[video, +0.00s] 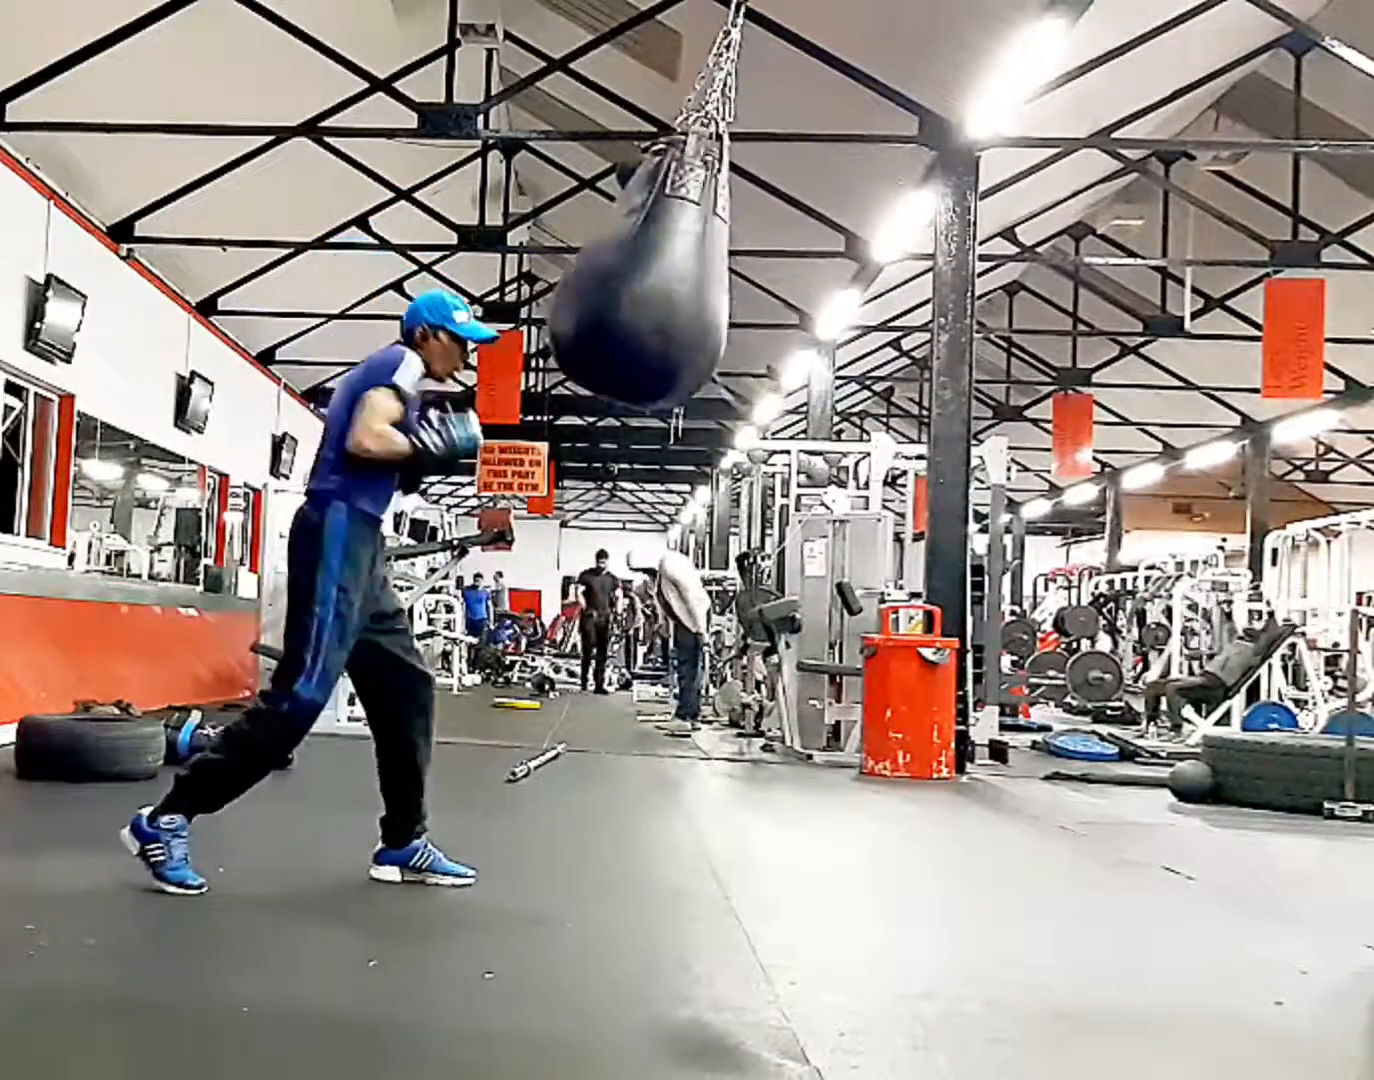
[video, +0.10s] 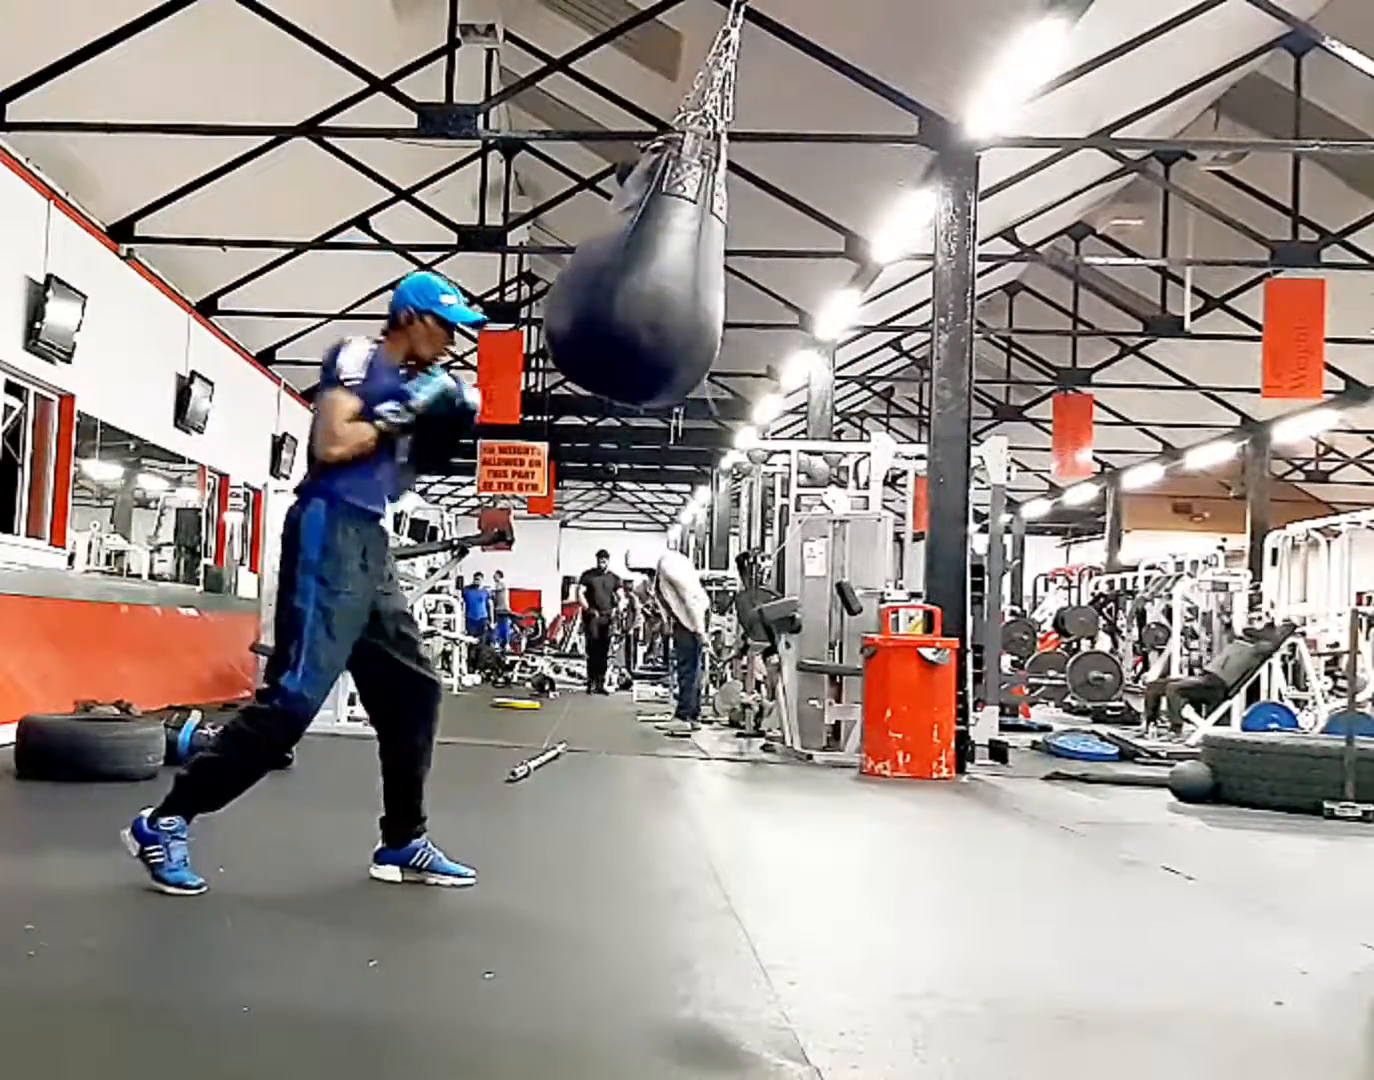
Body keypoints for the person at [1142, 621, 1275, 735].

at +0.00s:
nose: (1254, 629)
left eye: (1259, 629)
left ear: (1260, 636)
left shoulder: (1254, 652)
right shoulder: (1235, 644)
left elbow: (1272, 633)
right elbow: (1229, 629)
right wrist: (1227, 614)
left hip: (1217, 683)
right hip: (1202, 676)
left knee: (1173, 688)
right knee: (1152, 688)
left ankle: (1176, 731)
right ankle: (1149, 727)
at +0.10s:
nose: (1265, 636)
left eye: (1266, 634)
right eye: (1265, 633)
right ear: (1257, 635)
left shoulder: (1257, 649)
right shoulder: (1236, 643)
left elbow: (1275, 644)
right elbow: (1228, 633)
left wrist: (1287, 628)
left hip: (1217, 683)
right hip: (1203, 676)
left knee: (1174, 689)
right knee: (1153, 687)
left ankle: (1176, 731)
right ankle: (1148, 727)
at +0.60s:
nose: (1250, 629)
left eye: (1255, 629)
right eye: (1249, 628)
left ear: (1258, 637)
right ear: (1245, 633)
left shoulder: (1257, 650)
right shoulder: (1233, 644)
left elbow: (1276, 642)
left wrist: (1284, 631)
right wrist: (1222, 614)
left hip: (1218, 682)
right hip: (1203, 676)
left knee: (1173, 688)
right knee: (1151, 688)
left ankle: (1176, 732)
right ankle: (1148, 729)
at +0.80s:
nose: (1238, 631)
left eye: (1243, 630)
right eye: (1241, 629)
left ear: (1246, 635)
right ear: (1250, 636)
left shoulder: (1248, 649)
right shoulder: (1236, 644)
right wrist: (1229, 606)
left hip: (1218, 680)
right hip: (1206, 675)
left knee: (1172, 688)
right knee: (1152, 688)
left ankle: (1176, 730)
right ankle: (1148, 727)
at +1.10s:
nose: (1251, 628)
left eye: (1256, 628)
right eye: (1251, 627)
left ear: (1258, 636)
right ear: (1247, 632)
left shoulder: (1257, 650)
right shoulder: (1235, 644)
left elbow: (1273, 642)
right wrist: (1225, 617)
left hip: (1217, 683)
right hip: (1203, 677)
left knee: (1173, 688)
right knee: (1152, 688)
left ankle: (1177, 732)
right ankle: (1147, 728)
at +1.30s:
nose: (1265, 632)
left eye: (1265, 630)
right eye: (1262, 629)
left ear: (1260, 636)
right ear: (1253, 633)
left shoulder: (1261, 651)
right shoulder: (1239, 643)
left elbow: (1281, 657)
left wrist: (1276, 640)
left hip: (1217, 683)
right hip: (1203, 674)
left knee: (1173, 688)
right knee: (1151, 688)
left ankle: (1176, 731)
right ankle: (1148, 728)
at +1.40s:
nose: (1256, 634)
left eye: (1259, 633)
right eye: (1259, 632)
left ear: (1258, 637)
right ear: (1256, 635)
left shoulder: (1260, 650)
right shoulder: (1238, 644)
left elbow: (1280, 657)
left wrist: (1276, 643)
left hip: (1217, 682)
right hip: (1203, 674)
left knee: (1173, 688)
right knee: (1151, 687)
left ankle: (1176, 731)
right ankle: (1148, 727)